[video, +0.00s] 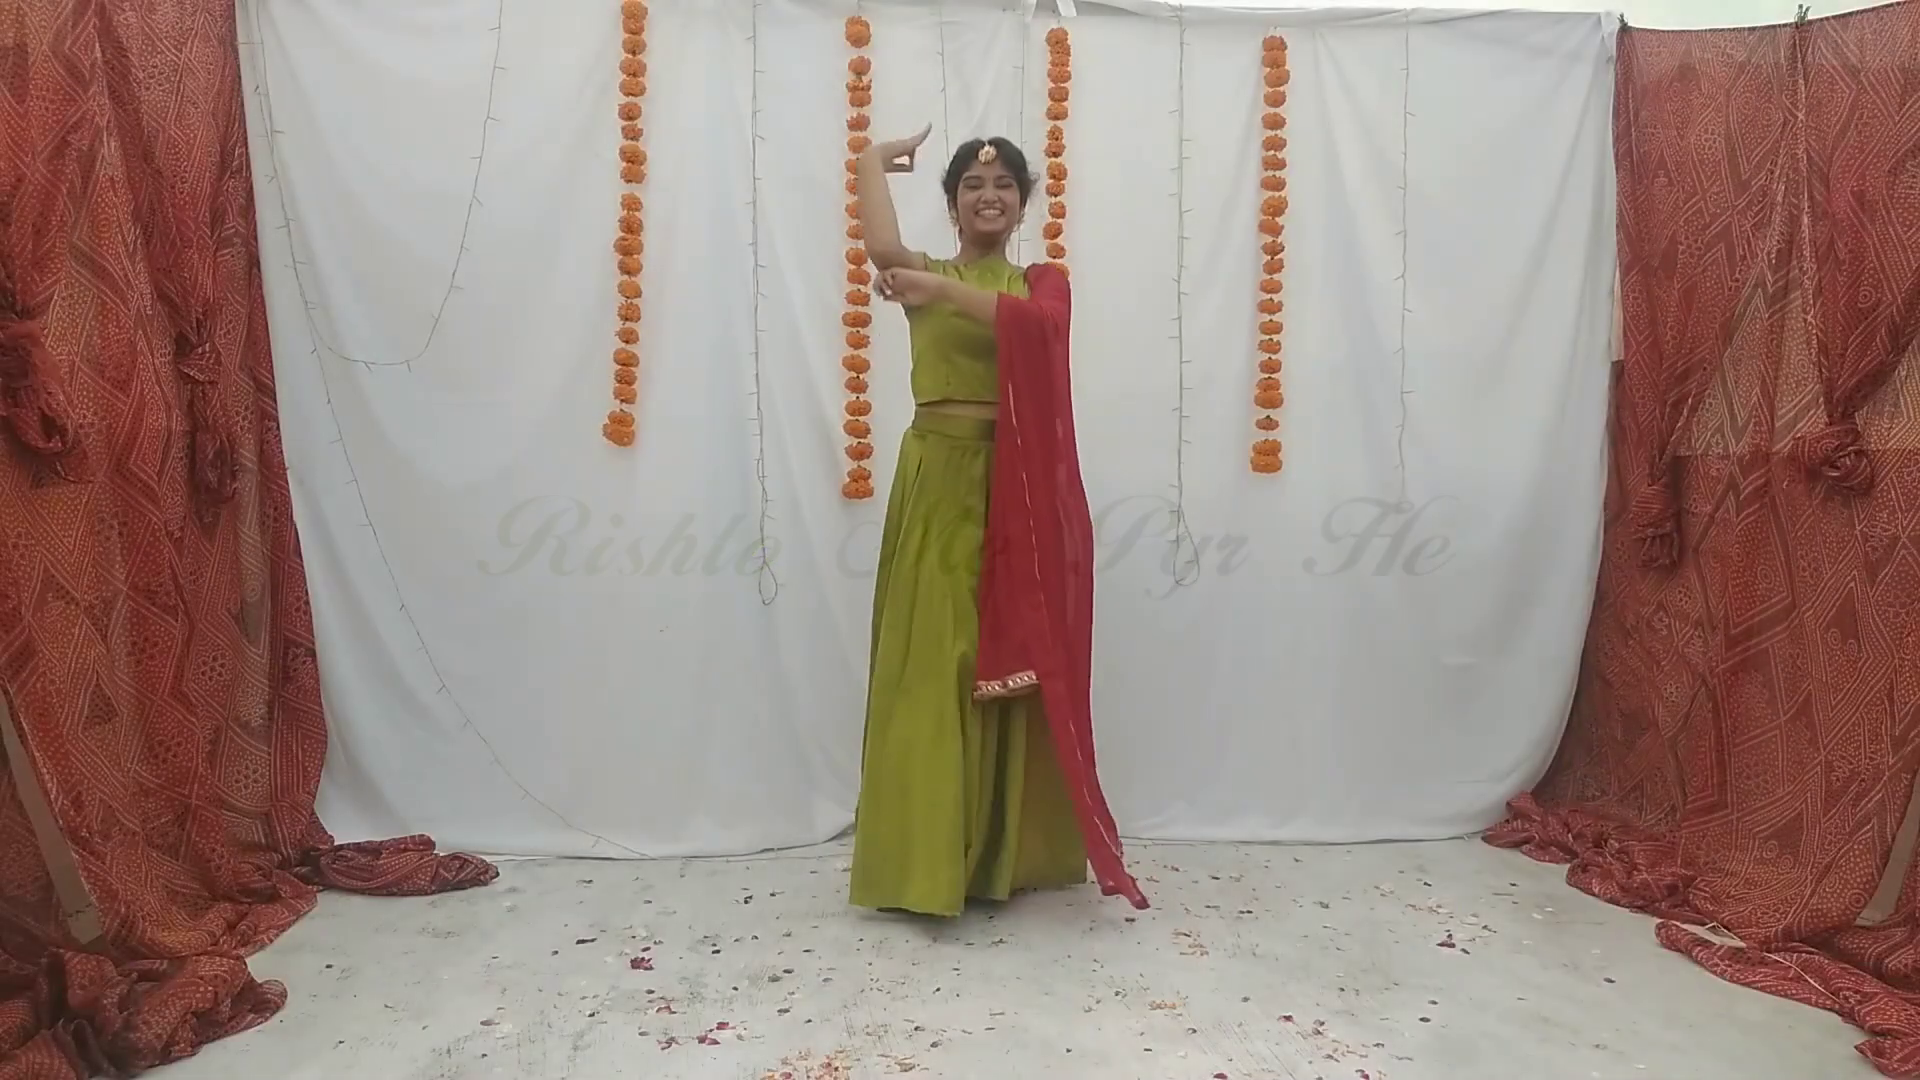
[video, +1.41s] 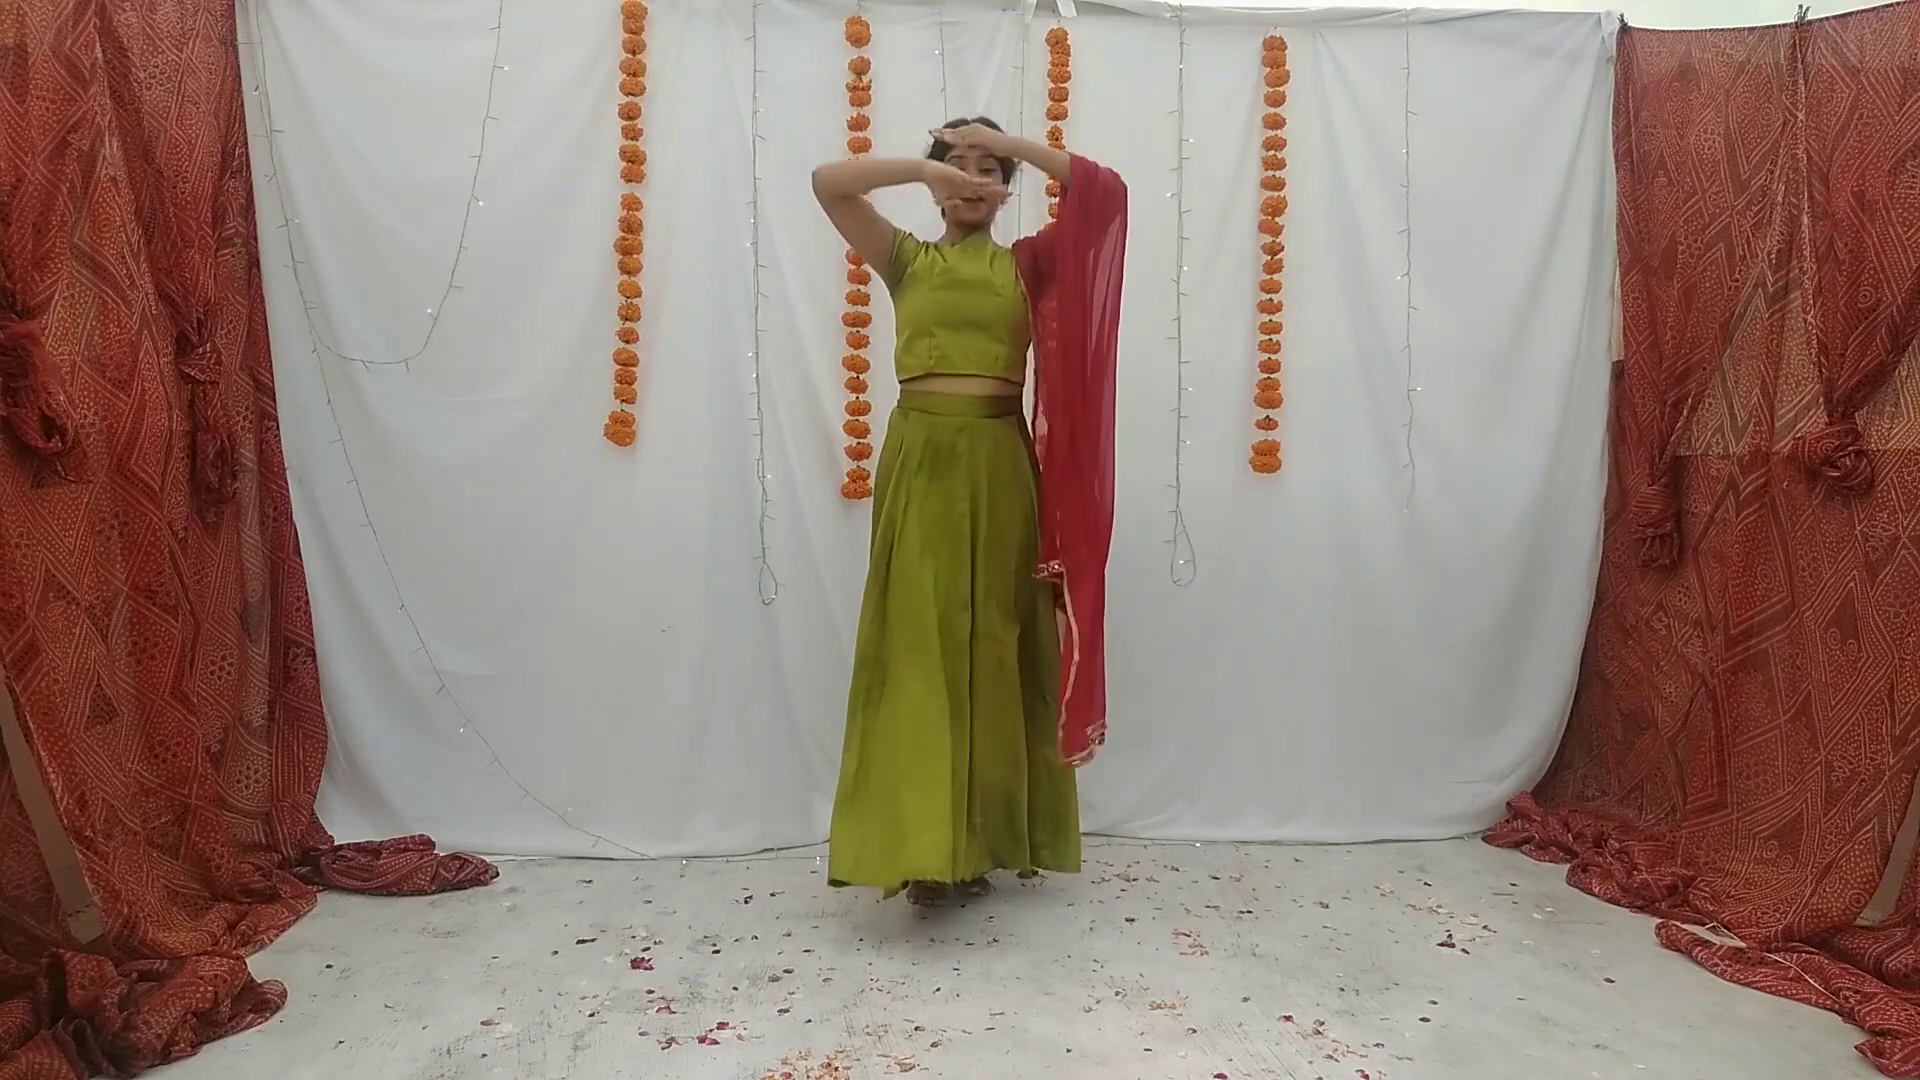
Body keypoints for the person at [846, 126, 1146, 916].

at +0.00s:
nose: (986, 198)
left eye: (1001, 186)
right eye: (973, 186)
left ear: (1022, 201)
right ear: (952, 201)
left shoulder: (1041, 285)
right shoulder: (930, 277)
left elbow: (1037, 330)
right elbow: (885, 248)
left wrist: (940, 290)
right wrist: (871, 160)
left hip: (1014, 484)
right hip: (935, 479)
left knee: (1008, 663)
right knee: (930, 666)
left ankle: (998, 858)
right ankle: (926, 863)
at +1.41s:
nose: (976, 180)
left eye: (990, 170)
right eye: (962, 168)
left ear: (1008, 187)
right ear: (936, 184)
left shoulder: (1026, 263)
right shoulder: (905, 258)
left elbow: (1107, 198)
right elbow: (828, 182)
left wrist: (1023, 147)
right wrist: (925, 167)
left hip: (998, 455)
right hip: (920, 452)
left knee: (992, 645)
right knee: (920, 644)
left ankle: (979, 842)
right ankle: (924, 852)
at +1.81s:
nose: (956, 190)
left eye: (971, 183)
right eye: (943, 183)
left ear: (995, 206)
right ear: (926, 207)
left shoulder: (1021, 283)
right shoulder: (908, 280)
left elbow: (1087, 225)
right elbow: (845, 184)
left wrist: (988, 215)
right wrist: (928, 130)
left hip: (997, 481)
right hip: (917, 477)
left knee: (1002, 663)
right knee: (915, 665)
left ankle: (1003, 855)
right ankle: (913, 865)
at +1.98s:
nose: (965, 241)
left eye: (981, 229)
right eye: (951, 230)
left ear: (1003, 242)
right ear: (934, 241)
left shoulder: (1012, 326)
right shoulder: (898, 313)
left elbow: (1075, 317)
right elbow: (816, 283)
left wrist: (972, 317)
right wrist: (921, 272)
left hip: (979, 510)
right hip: (897, 508)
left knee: (980, 684)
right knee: (887, 688)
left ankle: (1021, 846)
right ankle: (903, 866)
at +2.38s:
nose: (969, 211)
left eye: (984, 197)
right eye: (953, 195)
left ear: (1003, 204)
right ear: (932, 201)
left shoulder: (1023, 283)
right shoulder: (902, 280)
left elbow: (1094, 211)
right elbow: (817, 300)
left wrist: (1005, 174)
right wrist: (923, 309)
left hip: (989, 487)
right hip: (905, 487)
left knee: (988, 673)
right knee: (910, 673)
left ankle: (983, 882)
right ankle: (916, 867)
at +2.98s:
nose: (976, 198)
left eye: (989, 184)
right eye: (961, 185)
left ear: (1013, 192)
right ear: (944, 191)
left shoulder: (1043, 270)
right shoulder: (919, 268)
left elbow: (1126, 262)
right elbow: (853, 179)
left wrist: (998, 239)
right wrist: (957, 169)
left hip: (1025, 493)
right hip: (932, 490)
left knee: (1014, 692)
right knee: (917, 680)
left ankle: (1010, 880)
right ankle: (917, 904)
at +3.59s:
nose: (1019, 174)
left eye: (1037, 160)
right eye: (1001, 158)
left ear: (1059, 176)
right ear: (975, 171)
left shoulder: (1089, 264)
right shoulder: (948, 271)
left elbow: (1163, 158)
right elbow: (841, 256)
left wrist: (1054, 119)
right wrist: (956, 265)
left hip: (1060, 496)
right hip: (959, 491)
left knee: (1066, 715)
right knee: (950, 713)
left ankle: (1083, 932)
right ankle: (933, 938)